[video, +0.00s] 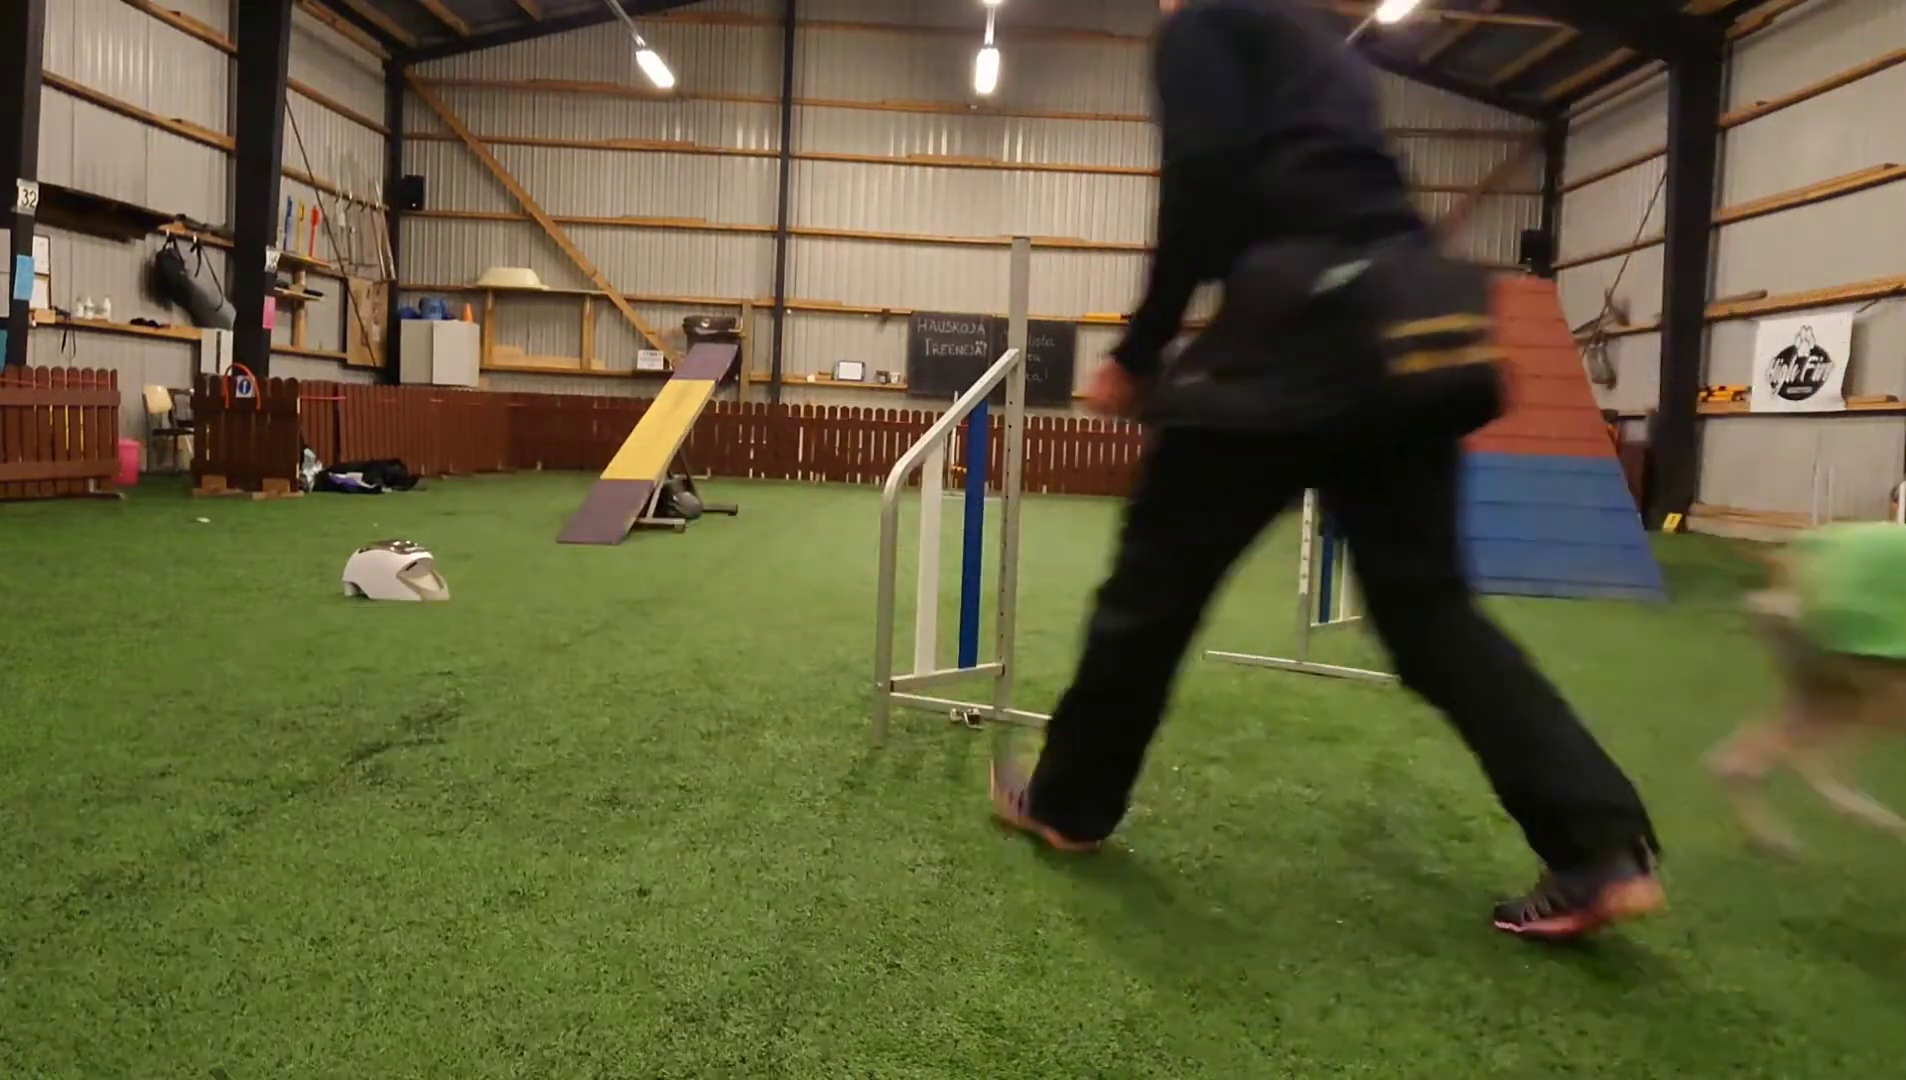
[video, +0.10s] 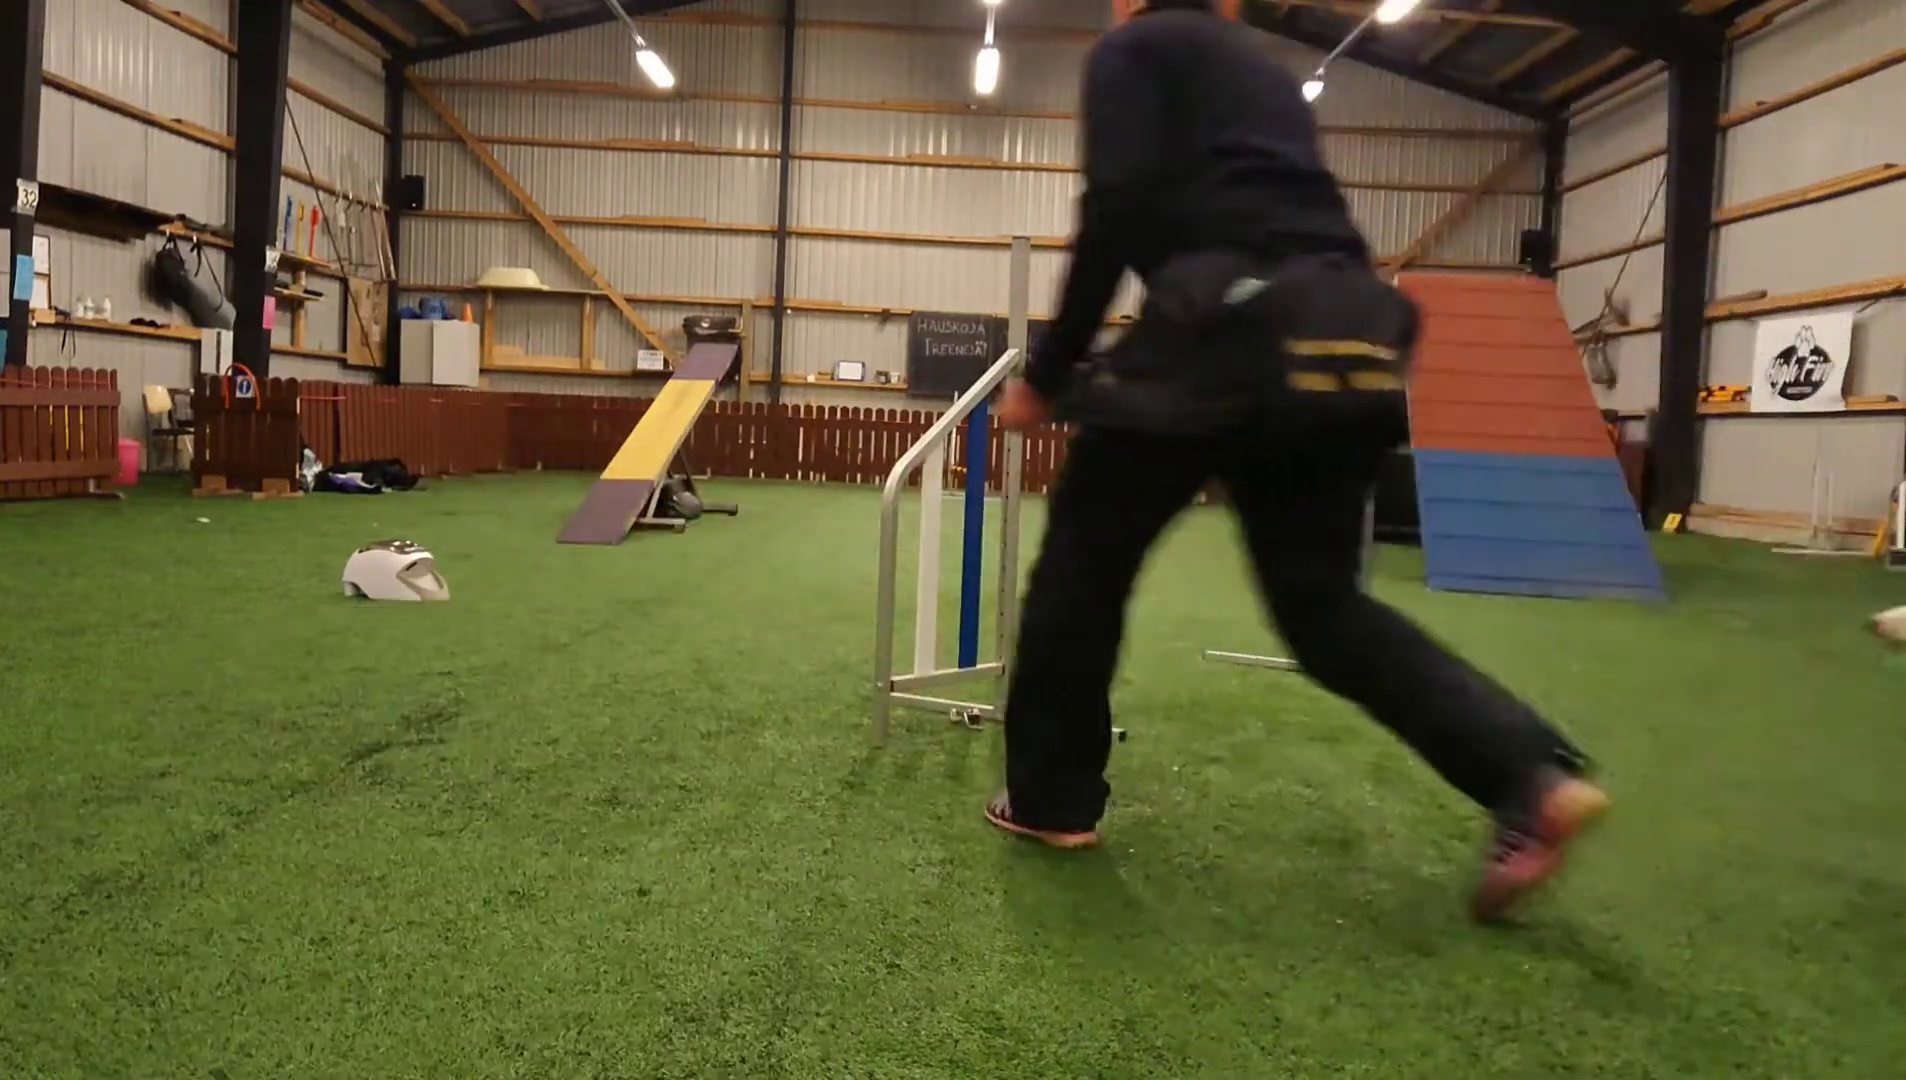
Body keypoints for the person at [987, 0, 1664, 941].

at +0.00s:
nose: (1153, 8)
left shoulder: (1198, 29)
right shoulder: (1326, 45)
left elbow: (1201, 185)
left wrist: (1136, 353)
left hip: (1280, 351)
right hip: (1413, 350)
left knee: (1153, 587)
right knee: (1429, 616)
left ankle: (1070, 804)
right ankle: (1605, 851)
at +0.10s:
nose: (1105, 20)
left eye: (1107, 11)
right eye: (1108, 15)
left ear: (1129, 5)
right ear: (1211, 4)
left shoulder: (1130, 52)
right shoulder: (1266, 67)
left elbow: (1118, 206)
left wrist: (1046, 370)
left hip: (1210, 349)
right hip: (1343, 354)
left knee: (1081, 563)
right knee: (1325, 615)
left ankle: (1053, 799)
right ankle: (1534, 783)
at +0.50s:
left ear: (1067, 2)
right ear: (1154, 6)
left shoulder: (1053, 25)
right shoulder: (1196, 60)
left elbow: (1031, 156)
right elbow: (1219, 196)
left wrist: (981, 328)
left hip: (1126, 307)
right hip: (1260, 315)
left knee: (1066, 549)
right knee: (1233, 560)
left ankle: (1057, 795)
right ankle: (1331, 799)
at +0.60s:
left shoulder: (1037, 19)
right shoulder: (1183, 49)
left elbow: (1018, 161)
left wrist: (967, 323)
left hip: (1117, 302)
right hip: (1249, 308)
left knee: (1060, 549)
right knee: (1219, 555)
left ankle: (1057, 795)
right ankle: (1328, 785)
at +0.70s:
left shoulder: (1028, 16)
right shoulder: (1175, 39)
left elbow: (1011, 165)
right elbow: (1182, 187)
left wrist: (951, 323)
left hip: (1110, 305)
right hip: (1241, 307)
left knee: (1056, 553)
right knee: (1209, 550)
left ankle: (1057, 795)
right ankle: (1327, 768)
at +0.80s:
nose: (991, 61)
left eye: (995, 44)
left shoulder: (1029, 15)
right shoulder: (1178, 30)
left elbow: (1017, 157)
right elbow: (1188, 172)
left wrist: (950, 306)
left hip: (1108, 307)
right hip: (1236, 310)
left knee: (1054, 550)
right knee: (1195, 543)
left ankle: (1055, 796)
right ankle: (1329, 753)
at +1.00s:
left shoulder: (1079, 7)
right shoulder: (1216, 18)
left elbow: (1075, 137)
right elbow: (1212, 156)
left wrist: (984, 291)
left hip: (1133, 303)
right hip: (1252, 307)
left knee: (1060, 548)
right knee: (1185, 541)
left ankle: (1056, 794)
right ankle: (1322, 746)